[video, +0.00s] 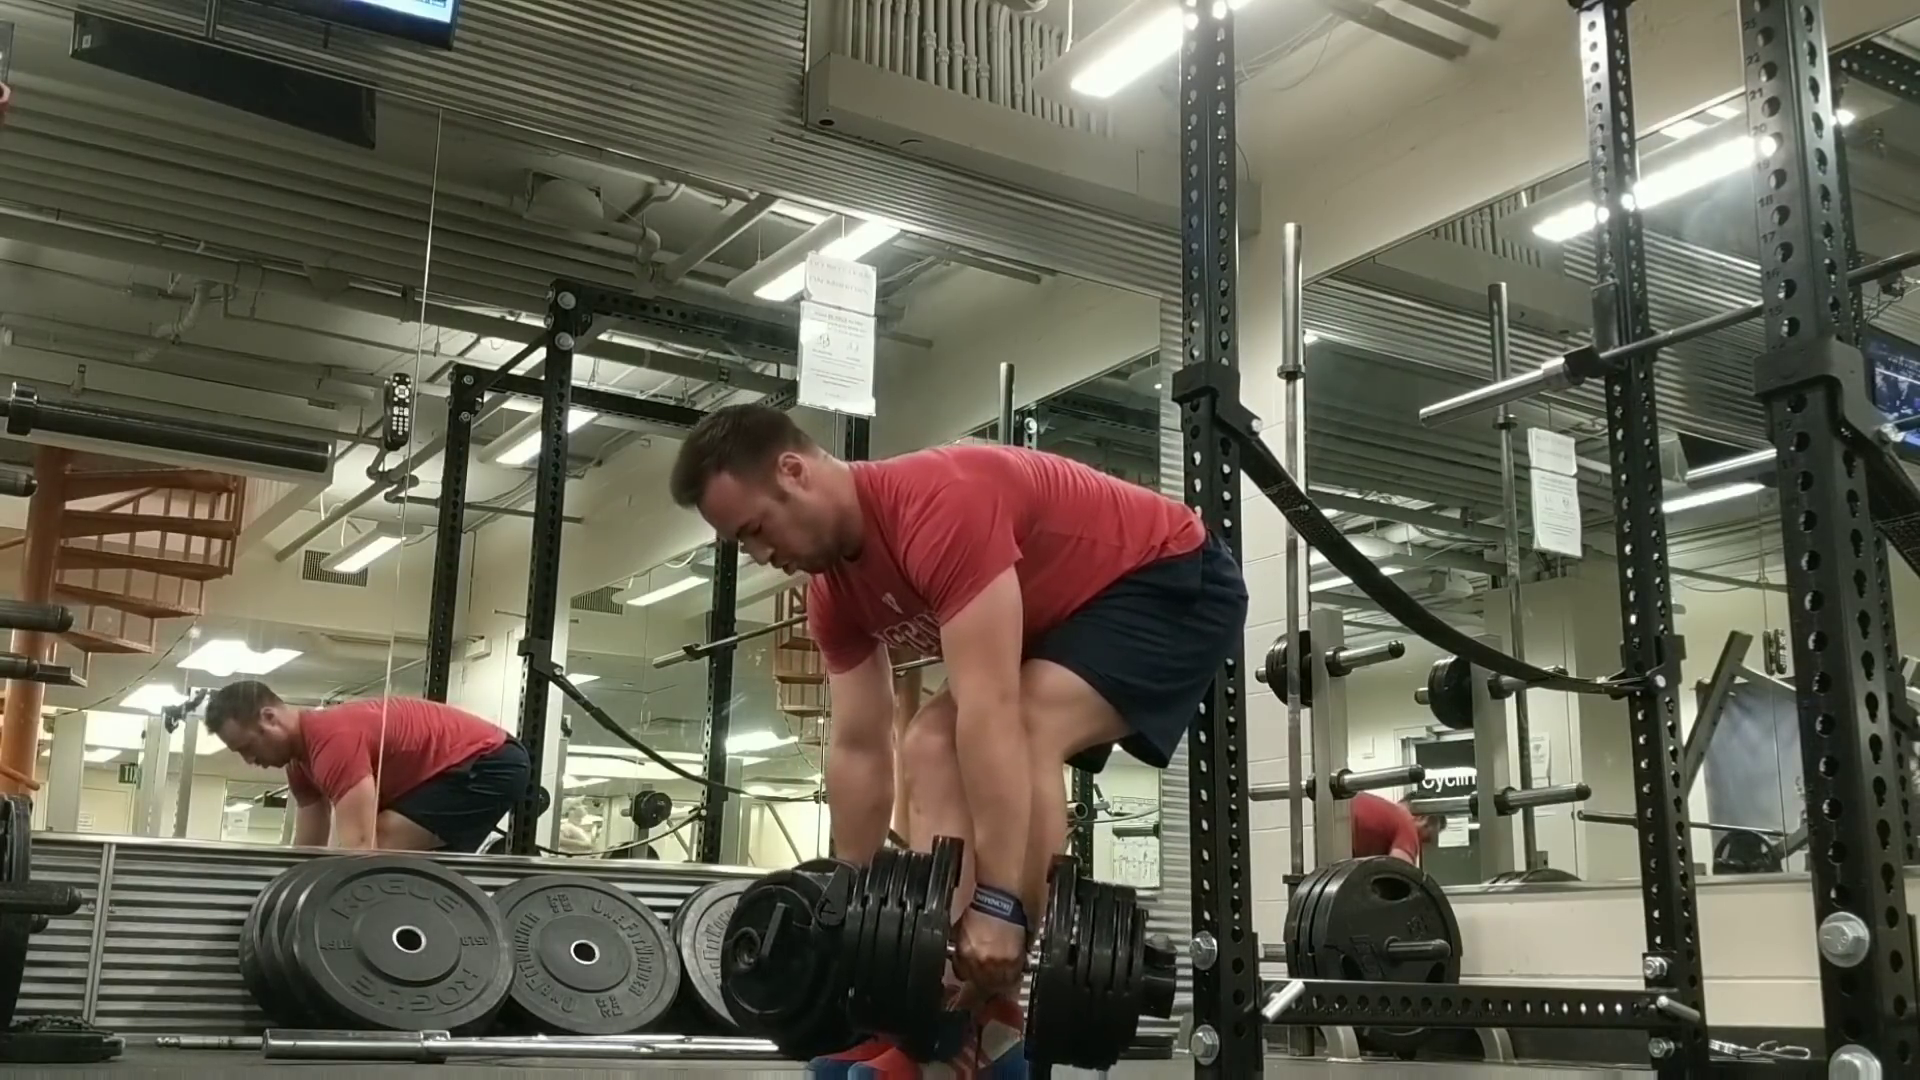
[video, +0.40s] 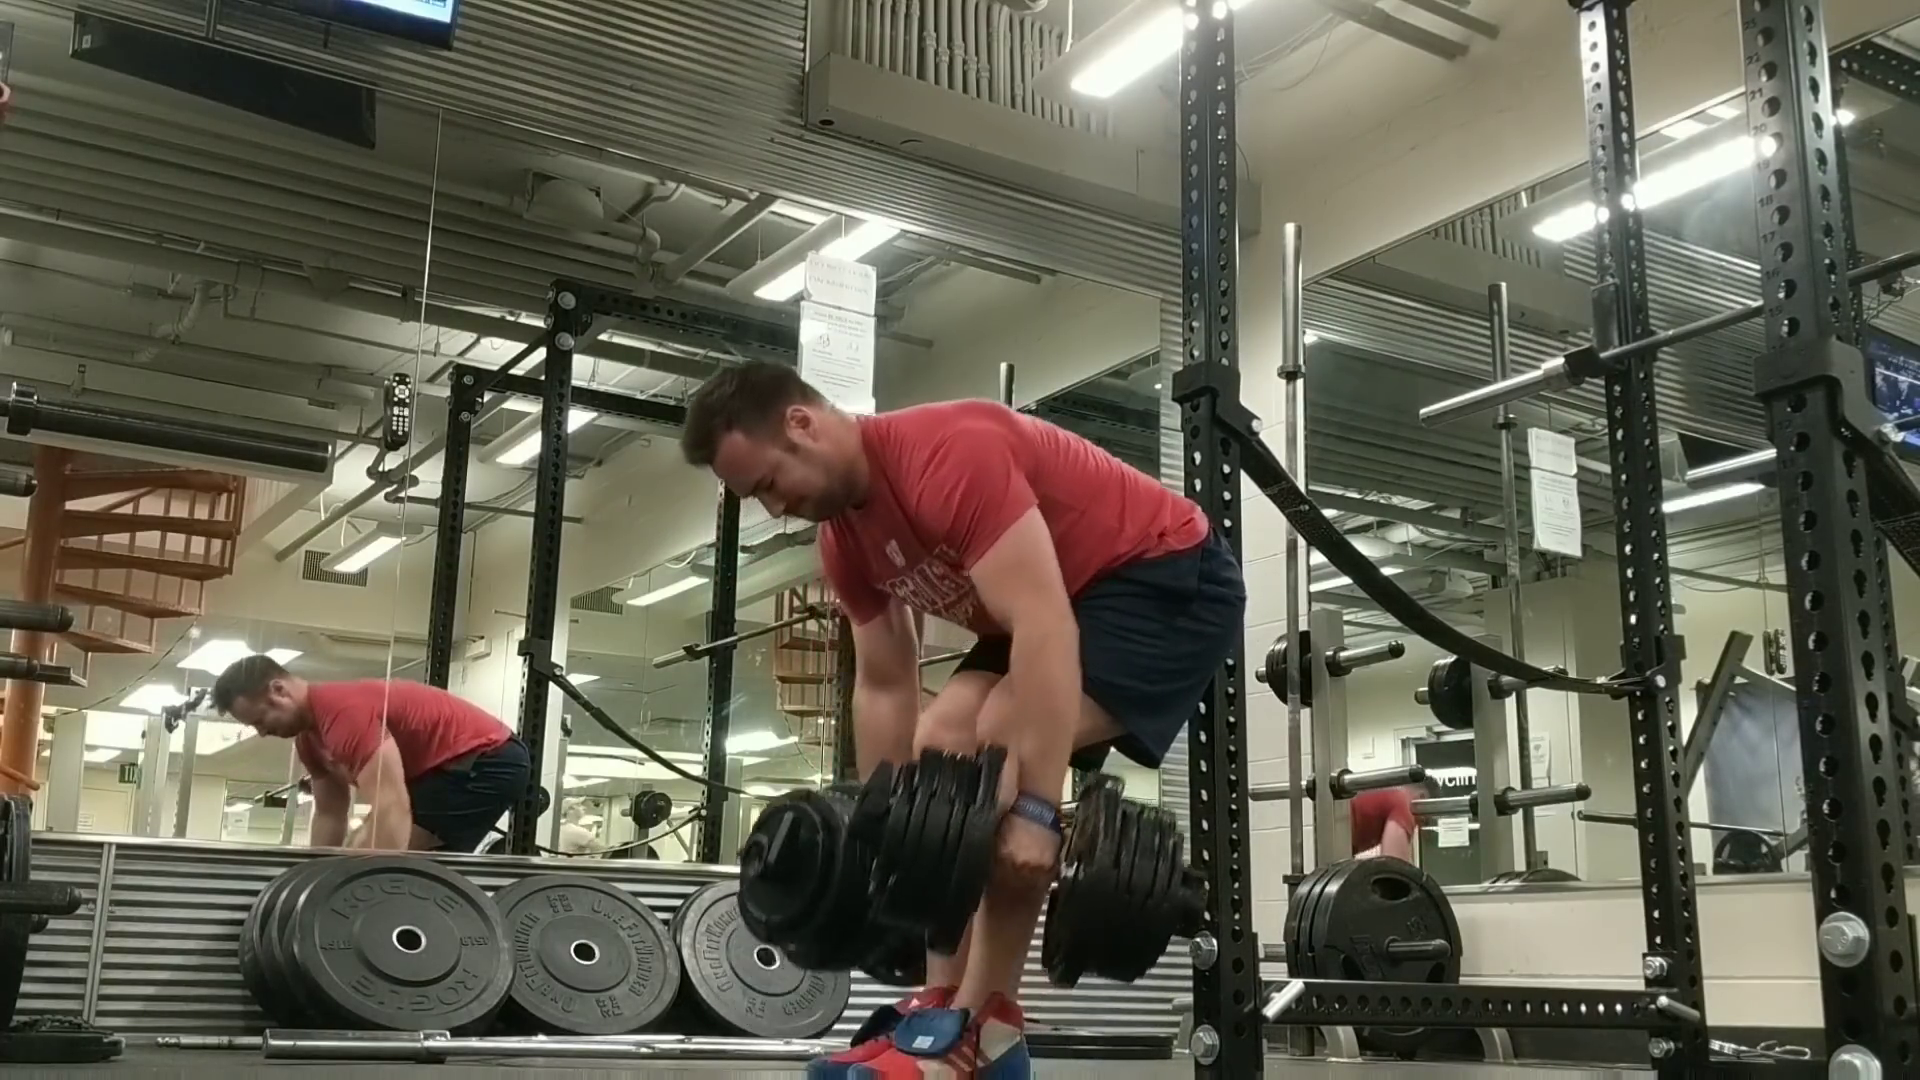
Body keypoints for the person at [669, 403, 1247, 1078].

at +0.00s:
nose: (757, 557)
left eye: (755, 530)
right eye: (742, 545)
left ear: (797, 470)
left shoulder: (944, 505)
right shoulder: (837, 591)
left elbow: (992, 703)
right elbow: (858, 746)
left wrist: (1001, 905)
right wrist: (850, 912)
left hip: (1169, 581)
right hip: (1062, 615)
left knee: (1021, 725)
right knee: (929, 738)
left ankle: (994, 1024)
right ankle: (927, 1021)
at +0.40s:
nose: (773, 510)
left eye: (767, 484)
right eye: (756, 499)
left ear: (804, 423)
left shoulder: (952, 456)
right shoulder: (846, 538)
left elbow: (1043, 624)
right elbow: (883, 684)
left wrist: (1040, 808)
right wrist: (876, 844)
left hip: (1166, 578)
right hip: (1054, 603)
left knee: (1009, 732)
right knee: (942, 733)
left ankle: (993, 1020)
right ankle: (943, 1003)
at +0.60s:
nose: (796, 478)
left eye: (788, 455)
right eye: (778, 471)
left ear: (816, 391)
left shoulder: (967, 412)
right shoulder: (857, 509)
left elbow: (1094, 548)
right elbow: (906, 631)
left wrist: (1088, 721)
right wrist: (896, 769)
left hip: (1163, 572)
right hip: (1040, 604)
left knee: (1020, 764)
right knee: (948, 757)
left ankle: (988, 1020)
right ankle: (941, 1004)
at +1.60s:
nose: (794, 482)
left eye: (785, 459)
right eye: (775, 475)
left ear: (812, 394)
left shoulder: (965, 420)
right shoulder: (853, 512)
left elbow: (1026, 602)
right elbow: (874, 665)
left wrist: (1029, 786)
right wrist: (864, 821)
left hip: (1164, 574)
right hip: (1053, 603)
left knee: (1018, 741)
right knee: (930, 747)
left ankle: (991, 1018)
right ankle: (942, 1000)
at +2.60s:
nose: (819, 453)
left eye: (810, 432)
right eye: (800, 447)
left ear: (834, 366)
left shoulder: (985, 382)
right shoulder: (865, 475)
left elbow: (1107, 524)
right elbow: (915, 595)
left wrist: (1097, 691)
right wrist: (904, 735)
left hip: (1159, 563)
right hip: (1038, 594)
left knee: (1026, 752)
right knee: (956, 746)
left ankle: (991, 1014)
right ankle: (942, 1000)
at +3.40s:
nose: (808, 477)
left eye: (798, 457)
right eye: (790, 471)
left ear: (823, 390)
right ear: (823, 393)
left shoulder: (976, 407)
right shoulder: (857, 493)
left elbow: (1051, 590)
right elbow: (885, 641)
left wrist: (1055, 774)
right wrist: (872, 794)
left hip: (1163, 570)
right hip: (1043, 596)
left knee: (1028, 743)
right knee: (947, 746)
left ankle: (989, 1018)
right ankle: (944, 999)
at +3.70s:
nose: (773, 512)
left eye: (769, 487)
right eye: (757, 500)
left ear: (807, 426)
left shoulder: (955, 465)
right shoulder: (845, 546)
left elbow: (989, 667)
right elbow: (855, 704)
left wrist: (991, 854)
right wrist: (848, 866)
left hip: (1167, 578)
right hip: (1062, 611)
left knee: (1012, 735)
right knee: (939, 739)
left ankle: (992, 1027)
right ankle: (936, 1016)